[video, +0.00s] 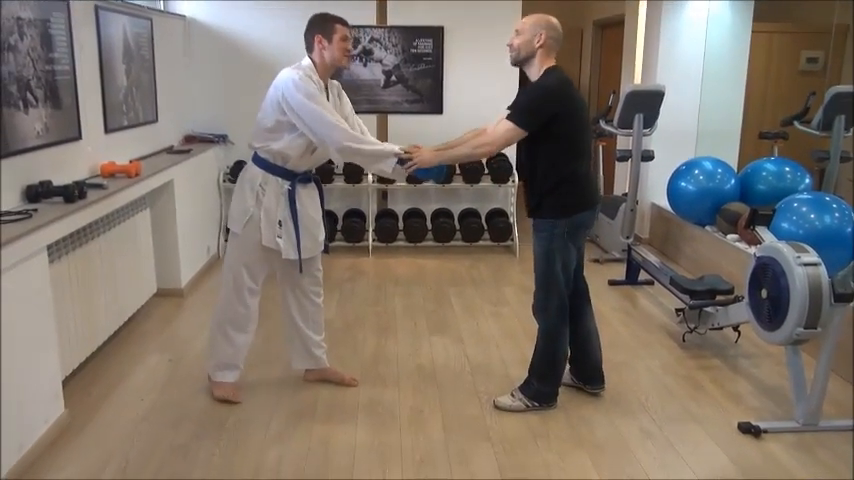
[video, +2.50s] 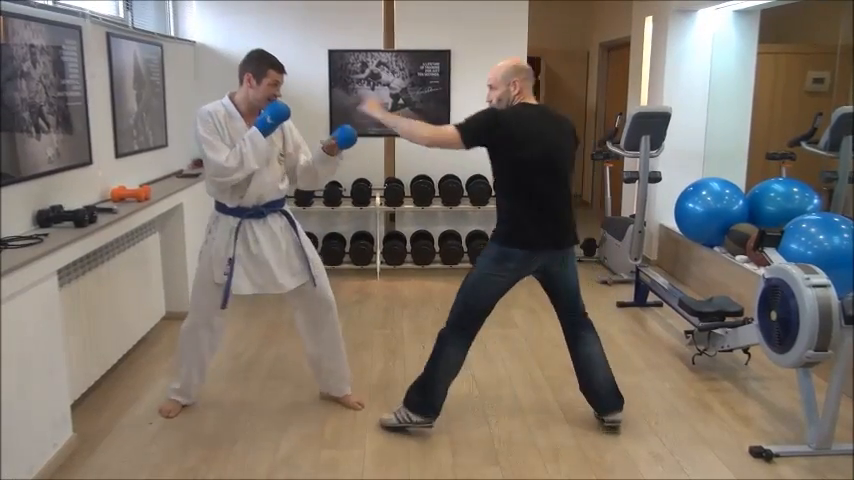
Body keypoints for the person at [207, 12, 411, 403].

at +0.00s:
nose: (350, 49)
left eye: (351, 42)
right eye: (344, 41)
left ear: (331, 46)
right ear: (319, 44)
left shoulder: (335, 91)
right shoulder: (293, 82)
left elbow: (362, 139)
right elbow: (338, 140)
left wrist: (401, 167)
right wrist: (398, 155)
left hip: (303, 192)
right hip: (264, 187)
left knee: (307, 278)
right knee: (244, 281)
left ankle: (314, 364)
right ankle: (223, 372)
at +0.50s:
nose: (302, 47)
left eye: (301, 40)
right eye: (296, 40)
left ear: (276, 45)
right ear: (271, 44)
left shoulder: (293, 92)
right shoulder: (235, 89)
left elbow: (282, 154)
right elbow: (218, 157)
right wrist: (211, 221)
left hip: (281, 196)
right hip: (239, 197)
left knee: (303, 284)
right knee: (225, 289)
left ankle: (318, 365)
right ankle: (211, 371)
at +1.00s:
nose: (316, 63)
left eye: (316, 56)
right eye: (310, 56)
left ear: (296, 58)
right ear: (284, 55)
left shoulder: (311, 99)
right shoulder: (244, 92)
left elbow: (326, 154)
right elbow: (227, 160)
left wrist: (354, 186)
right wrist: (267, 193)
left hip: (286, 200)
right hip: (241, 199)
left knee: (301, 287)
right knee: (221, 288)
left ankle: (310, 372)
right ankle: (205, 375)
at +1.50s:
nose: (270, 67)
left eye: (270, 60)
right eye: (263, 59)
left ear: (252, 63)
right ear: (237, 59)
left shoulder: (270, 108)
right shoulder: (202, 99)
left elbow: (285, 168)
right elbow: (194, 161)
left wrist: (309, 202)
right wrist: (257, 165)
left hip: (262, 211)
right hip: (215, 211)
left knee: (293, 295)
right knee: (200, 300)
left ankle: (311, 378)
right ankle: (184, 381)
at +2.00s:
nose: (284, 82)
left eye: (287, 75)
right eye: (279, 73)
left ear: (267, 73)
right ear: (255, 69)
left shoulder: (286, 111)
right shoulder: (219, 107)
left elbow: (319, 161)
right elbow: (233, 160)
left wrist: (344, 136)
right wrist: (272, 120)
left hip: (286, 215)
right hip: (238, 218)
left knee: (316, 303)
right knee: (212, 304)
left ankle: (332, 379)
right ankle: (189, 385)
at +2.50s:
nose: (277, 93)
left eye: (279, 87)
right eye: (272, 85)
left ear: (276, 87)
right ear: (248, 80)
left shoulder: (279, 121)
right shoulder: (211, 117)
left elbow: (303, 176)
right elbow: (224, 172)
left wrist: (328, 152)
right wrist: (262, 130)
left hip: (278, 222)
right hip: (229, 225)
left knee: (320, 301)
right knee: (203, 312)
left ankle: (334, 385)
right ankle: (183, 391)